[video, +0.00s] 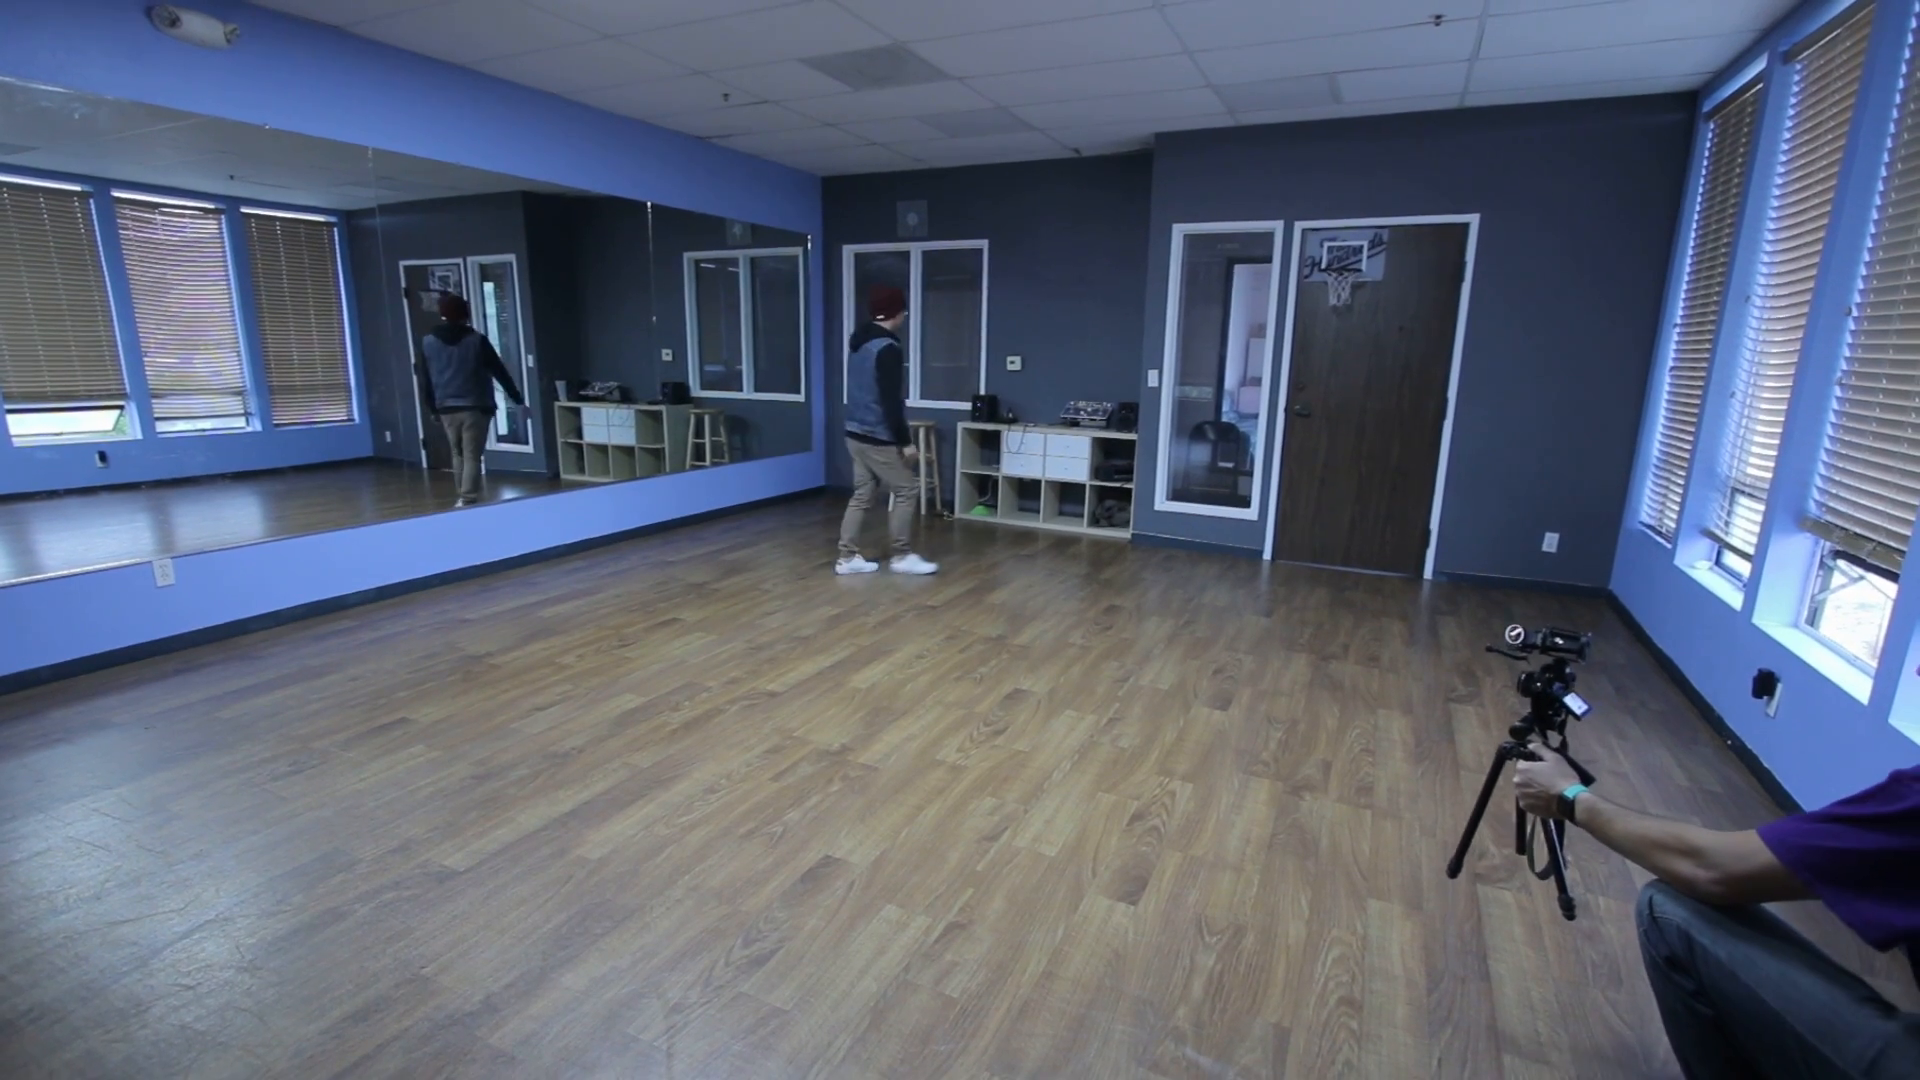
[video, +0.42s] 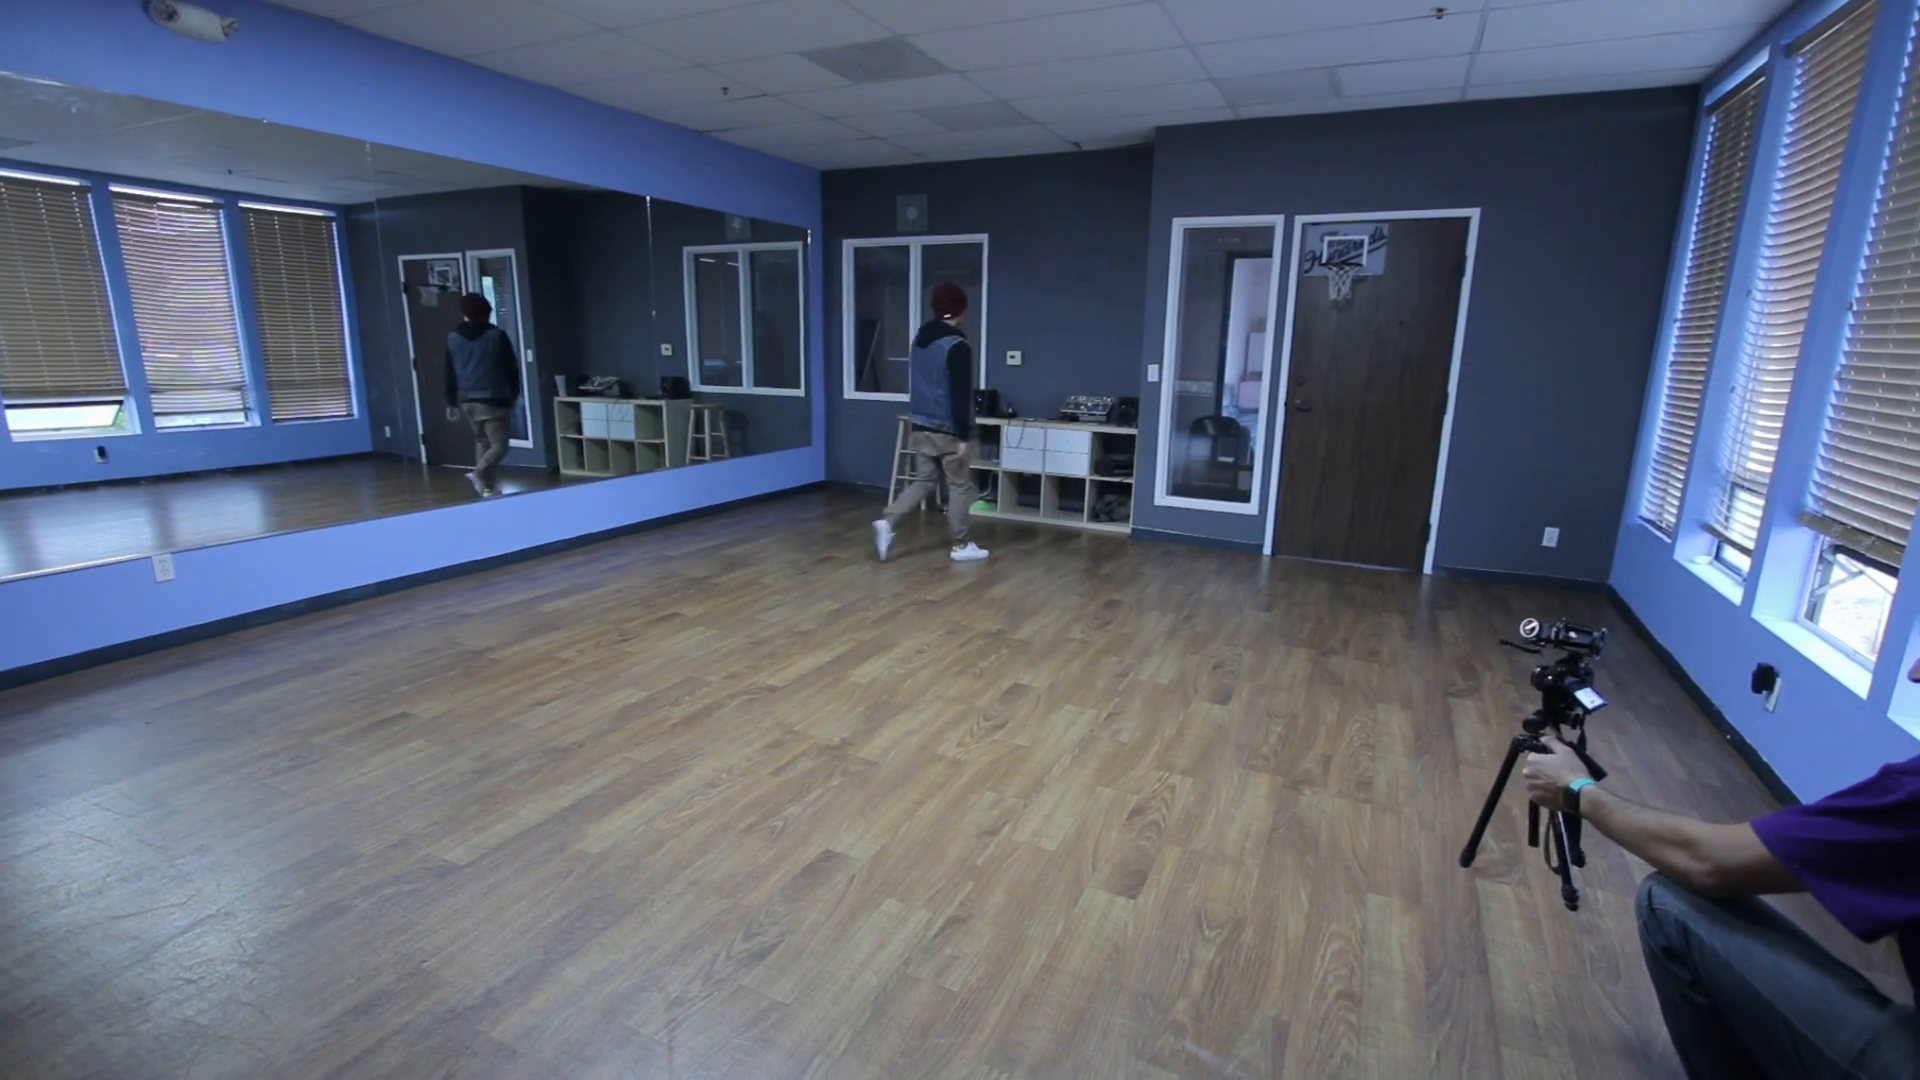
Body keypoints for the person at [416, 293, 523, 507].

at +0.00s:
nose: (467, 316)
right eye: (465, 312)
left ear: (443, 315)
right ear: (465, 313)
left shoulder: (428, 342)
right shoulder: (477, 340)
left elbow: (425, 379)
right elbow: (499, 372)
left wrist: (433, 409)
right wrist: (517, 399)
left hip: (447, 408)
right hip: (475, 406)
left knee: (457, 453)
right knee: (472, 455)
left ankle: (462, 496)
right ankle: (467, 499)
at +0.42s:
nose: (487, 314)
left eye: (483, 312)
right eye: (486, 311)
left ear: (464, 314)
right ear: (487, 312)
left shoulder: (453, 339)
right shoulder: (497, 335)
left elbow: (450, 373)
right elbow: (511, 367)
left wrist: (451, 402)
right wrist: (513, 393)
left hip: (467, 399)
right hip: (493, 398)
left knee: (480, 441)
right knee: (499, 443)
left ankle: (488, 486)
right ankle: (478, 474)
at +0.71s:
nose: (507, 321)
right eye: (507, 317)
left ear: (485, 318)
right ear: (507, 317)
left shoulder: (473, 343)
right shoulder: (518, 340)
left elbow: (471, 373)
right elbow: (534, 368)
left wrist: (480, 389)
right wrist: (547, 390)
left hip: (490, 399)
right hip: (517, 397)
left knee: (492, 444)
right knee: (536, 438)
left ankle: (488, 490)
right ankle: (543, 481)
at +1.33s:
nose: (599, 341)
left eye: (599, 338)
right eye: (599, 338)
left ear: (577, 333)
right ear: (596, 337)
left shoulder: (561, 347)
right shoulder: (598, 355)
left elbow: (546, 370)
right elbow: (618, 379)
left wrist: (542, 393)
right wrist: (637, 397)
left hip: (553, 400)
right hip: (579, 405)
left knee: (541, 443)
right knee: (585, 443)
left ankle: (528, 483)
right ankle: (595, 484)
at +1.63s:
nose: (611, 341)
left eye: (610, 338)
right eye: (610, 338)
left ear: (589, 333)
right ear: (606, 338)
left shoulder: (570, 347)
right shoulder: (608, 356)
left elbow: (555, 372)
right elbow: (624, 383)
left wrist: (550, 397)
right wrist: (639, 403)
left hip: (563, 398)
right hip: (588, 403)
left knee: (556, 440)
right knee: (590, 443)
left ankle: (549, 480)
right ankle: (595, 484)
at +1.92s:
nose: (612, 338)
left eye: (612, 335)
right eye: (611, 335)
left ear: (588, 330)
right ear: (606, 335)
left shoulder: (570, 344)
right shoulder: (609, 353)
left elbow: (555, 370)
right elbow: (623, 380)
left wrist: (549, 396)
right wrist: (638, 399)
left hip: (565, 398)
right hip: (590, 401)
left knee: (564, 440)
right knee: (590, 441)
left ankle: (566, 479)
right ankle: (594, 482)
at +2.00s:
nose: (611, 338)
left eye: (611, 335)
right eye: (610, 335)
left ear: (587, 330)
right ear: (606, 335)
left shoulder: (570, 344)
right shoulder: (608, 353)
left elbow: (555, 370)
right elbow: (623, 380)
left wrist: (550, 396)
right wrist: (638, 399)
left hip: (566, 399)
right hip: (590, 401)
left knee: (566, 441)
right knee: (590, 441)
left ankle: (569, 481)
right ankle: (594, 482)